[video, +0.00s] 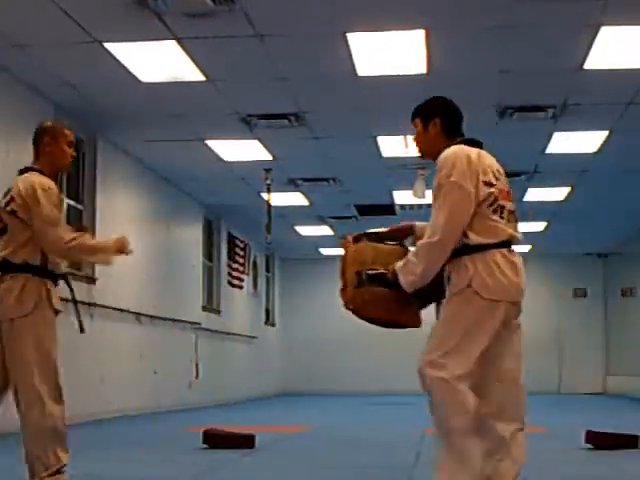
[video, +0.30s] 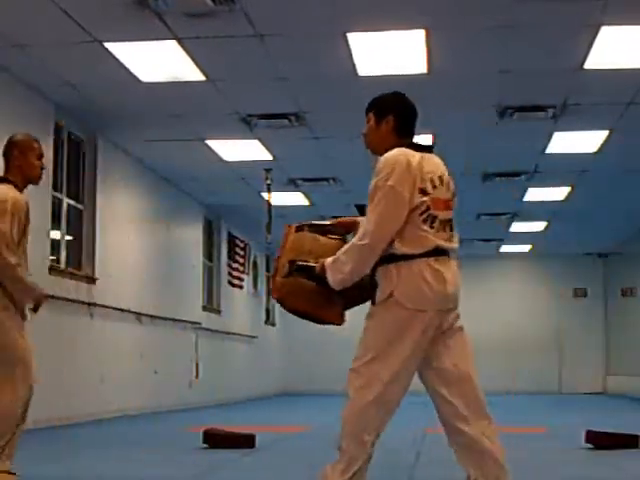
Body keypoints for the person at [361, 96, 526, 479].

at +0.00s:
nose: (415, 142)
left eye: (416, 132)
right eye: (413, 134)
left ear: (434, 127)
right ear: (451, 127)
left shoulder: (457, 158)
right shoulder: (484, 160)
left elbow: (446, 232)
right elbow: (466, 229)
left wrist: (404, 274)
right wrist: (416, 230)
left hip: (481, 276)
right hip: (504, 273)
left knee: (439, 367)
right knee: (499, 381)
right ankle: (502, 467)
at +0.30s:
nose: (364, 134)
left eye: (368, 124)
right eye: (365, 125)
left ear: (387, 123)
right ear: (401, 126)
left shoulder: (396, 162)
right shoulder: (435, 164)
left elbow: (376, 235)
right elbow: (413, 224)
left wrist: (332, 269)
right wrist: (362, 224)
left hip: (410, 283)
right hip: (443, 278)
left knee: (370, 385)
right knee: (458, 394)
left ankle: (345, 471)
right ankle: (490, 473)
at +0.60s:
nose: (301, 138)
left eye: (304, 128)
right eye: (300, 130)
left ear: (322, 125)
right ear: (339, 126)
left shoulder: (338, 163)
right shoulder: (379, 155)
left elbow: (327, 235)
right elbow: (360, 215)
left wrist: (290, 281)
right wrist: (305, 235)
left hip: (376, 274)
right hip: (415, 266)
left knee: (353, 379)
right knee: (436, 379)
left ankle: (346, 471)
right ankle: (475, 469)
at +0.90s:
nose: (304, 142)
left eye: (305, 132)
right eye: (302, 134)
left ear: (324, 128)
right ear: (342, 128)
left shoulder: (340, 167)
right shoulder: (381, 156)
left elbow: (328, 243)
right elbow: (364, 222)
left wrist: (292, 283)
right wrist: (312, 233)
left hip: (378, 278)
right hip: (415, 269)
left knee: (340, 371)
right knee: (437, 373)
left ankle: (344, 471)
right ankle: (490, 460)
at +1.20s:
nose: (374, 144)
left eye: (374, 134)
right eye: (372, 136)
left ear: (392, 128)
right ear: (407, 127)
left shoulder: (418, 157)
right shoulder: (439, 160)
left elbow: (403, 223)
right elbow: (418, 230)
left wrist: (361, 221)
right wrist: (364, 233)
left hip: (428, 277)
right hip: (454, 275)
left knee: (382, 386)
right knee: (466, 390)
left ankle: (346, 473)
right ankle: (508, 471)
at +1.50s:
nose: (425, 148)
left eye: (425, 138)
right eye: (422, 140)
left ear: (443, 130)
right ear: (449, 129)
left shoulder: (479, 150)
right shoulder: (482, 153)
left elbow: (485, 216)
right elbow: (490, 220)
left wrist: (441, 243)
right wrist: (449, 230)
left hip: (518, 270)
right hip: (510, 272)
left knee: (510, 377)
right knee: (504, 380)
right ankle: (508, 473)